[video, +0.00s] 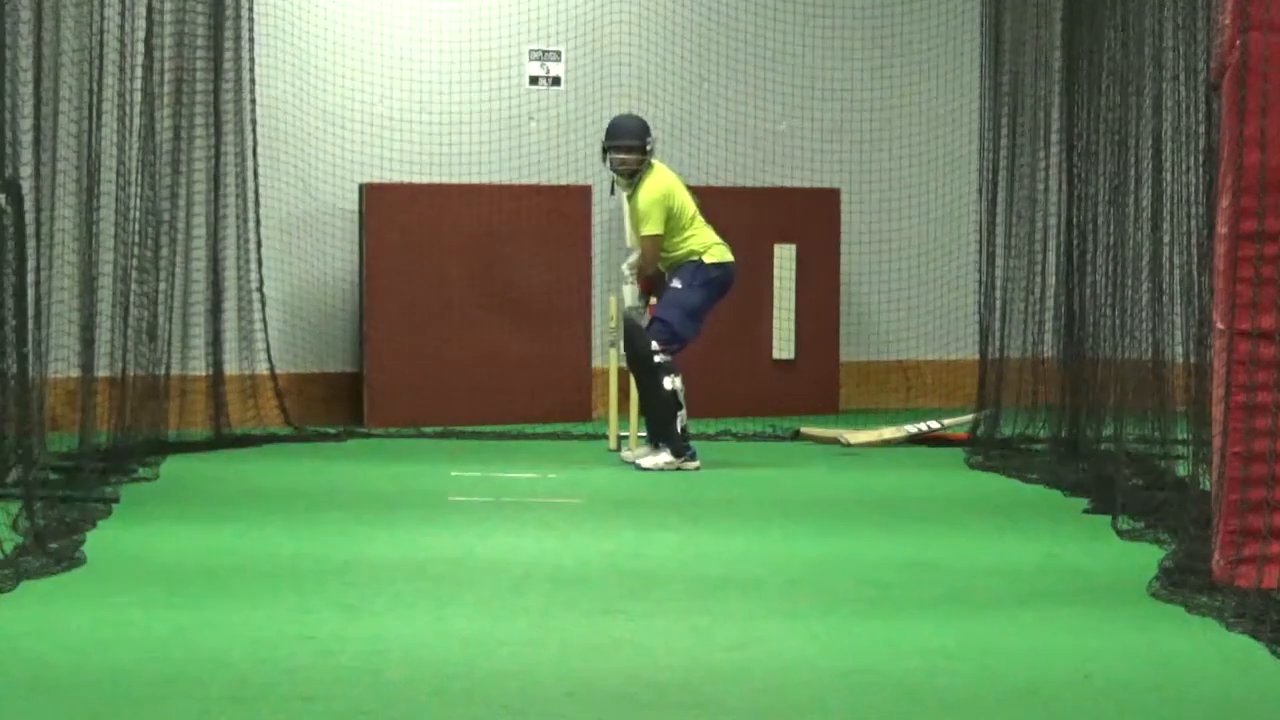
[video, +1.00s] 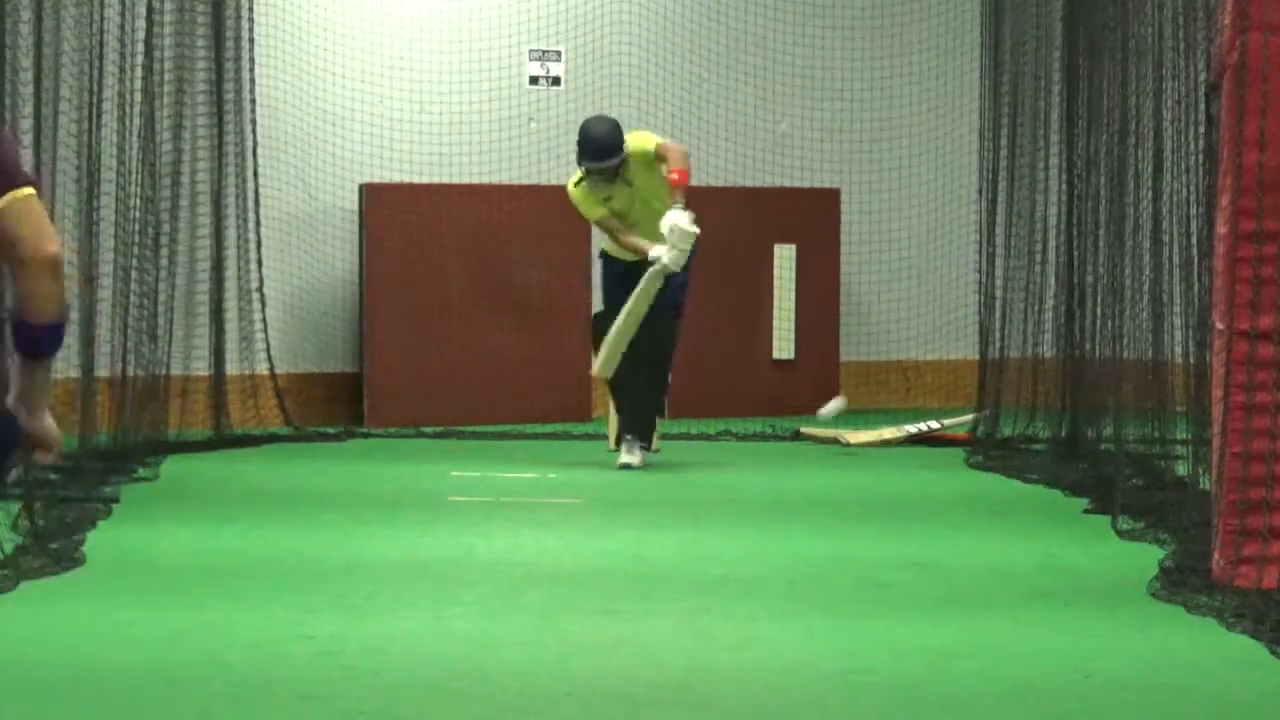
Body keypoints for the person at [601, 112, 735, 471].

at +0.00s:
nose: (625, 159)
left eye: (633, 151)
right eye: (617, 151)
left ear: (646, 152)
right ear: (606, 154)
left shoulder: (652, 189)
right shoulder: (634, 183)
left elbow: (649, 262)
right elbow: (642, 233)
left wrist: (643, 275)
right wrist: (638, 259)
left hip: (707, 263)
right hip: (685, 263)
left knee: (654, 347)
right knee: (645, 346)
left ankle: (678, 449)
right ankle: (659, 442)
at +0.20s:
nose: (619, 159)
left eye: (628, 151)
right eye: (612, 151)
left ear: (641, 152)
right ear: (601, 154)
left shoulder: (648, 188)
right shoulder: (621, 182)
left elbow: (649, 263)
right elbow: (636, 231)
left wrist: (642, 279)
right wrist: (635, 259)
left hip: (703, 260)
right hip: (678, 261)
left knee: (653, 344)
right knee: (641, 342)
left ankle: (678, 449)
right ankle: (661, 440)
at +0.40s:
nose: (611, 165)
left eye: (619, 156)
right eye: (603, 158)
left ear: (631, 157)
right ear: (591, 160)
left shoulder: (643, 193)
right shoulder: (603, 180)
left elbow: (652, 264)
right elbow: (620, 217)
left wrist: (634, 276)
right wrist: (618, 239)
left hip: (698, 254)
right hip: (672, 257)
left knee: (654, 342)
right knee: (642, 341)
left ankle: (672, 446)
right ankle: (662, 438)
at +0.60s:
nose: (604, 192)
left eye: (611, 183)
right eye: (596, 185)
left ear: (622, 175)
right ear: (582, 180)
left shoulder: (640, 200)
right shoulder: (591, 192)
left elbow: (650, 271)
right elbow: (600, 221)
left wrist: (610, 281)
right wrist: (589, 242)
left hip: (694, 256)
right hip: (661, 260)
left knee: (651, 346)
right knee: (643, 349)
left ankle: (630, 440)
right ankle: (664, 441)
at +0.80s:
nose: (602, 188)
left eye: (608, 179)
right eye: (593, 181)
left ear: (621, 170)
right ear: (582, 176)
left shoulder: (639, 166)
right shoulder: (582, 206)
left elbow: (660, 168)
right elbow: (611, 248)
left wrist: (643, 222)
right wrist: (624, 257)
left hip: (675, 254)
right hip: (635, 266)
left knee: (650, 339)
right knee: (619, 344)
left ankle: (623, 442)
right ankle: (663, 437)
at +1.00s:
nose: (605, 176)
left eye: (611, 168)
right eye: (596, 171)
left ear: (622, 153)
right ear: (583, 161)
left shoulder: (639, 146)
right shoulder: (580, 190)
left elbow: (677, 154)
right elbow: (617, 232)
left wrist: (677, 207)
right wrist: (652, 249)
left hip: (665, 253)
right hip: (621, 257)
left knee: (655, 341)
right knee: (620, 340)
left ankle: (638, 435)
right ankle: (632, 432)